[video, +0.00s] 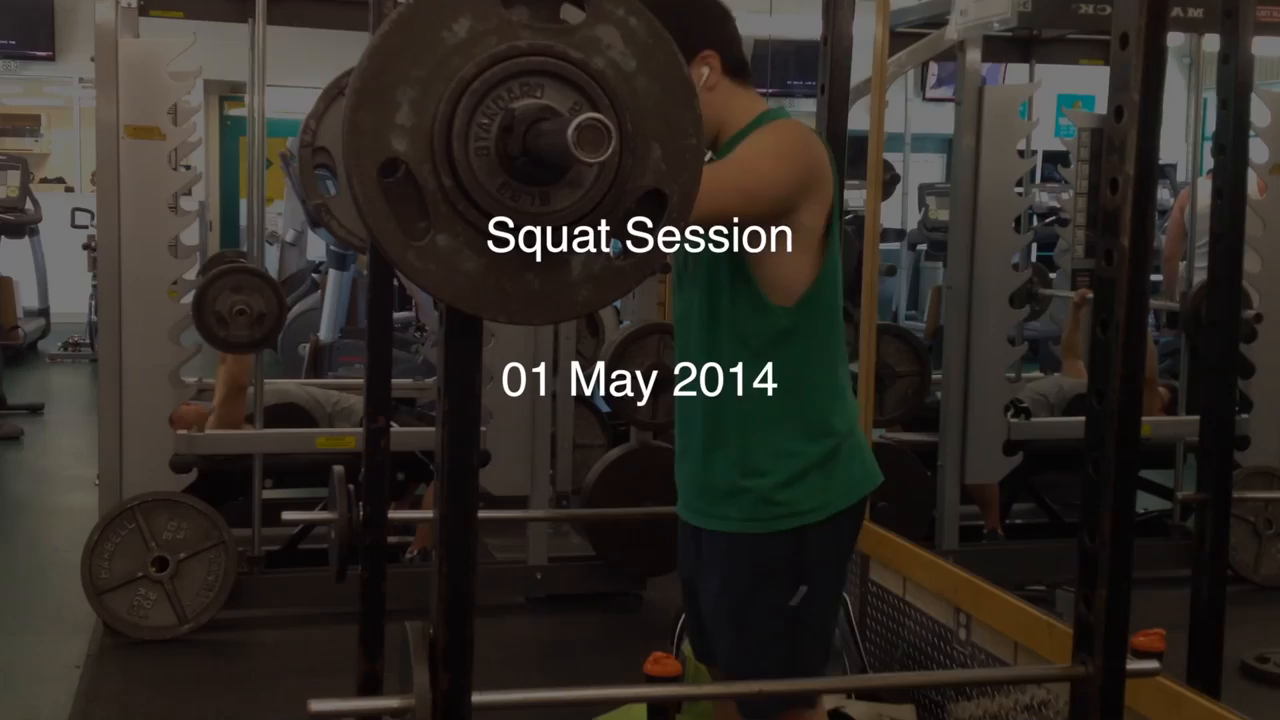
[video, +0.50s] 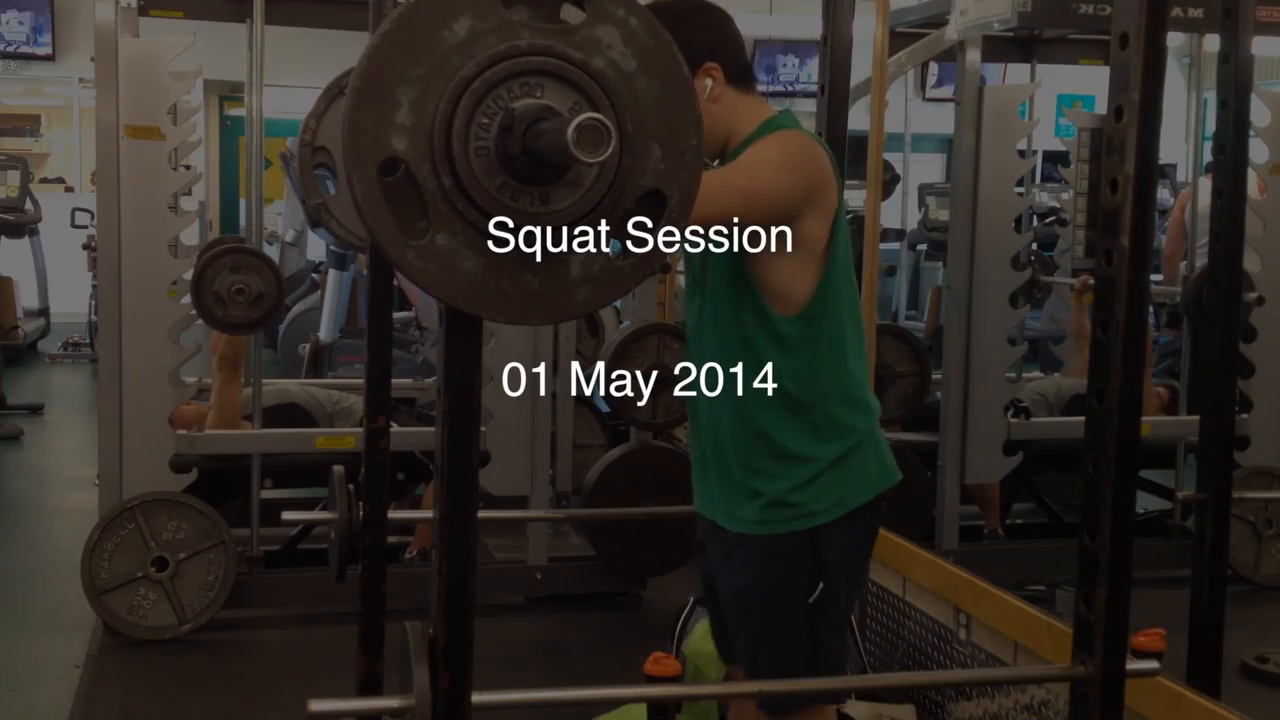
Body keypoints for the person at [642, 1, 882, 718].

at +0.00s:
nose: (658, 101)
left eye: (661, 82)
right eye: (652, 85)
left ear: (705, 68)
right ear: (707, 71)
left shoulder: (789, 147)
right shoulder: (713, 164)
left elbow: (649, 211)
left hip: (787, 498)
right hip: (720, 490)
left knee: (778, 699)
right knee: (731, 689)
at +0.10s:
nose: (668, 107)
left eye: (672, 85)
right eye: (663, 88)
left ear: (715, 70)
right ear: (716, 74)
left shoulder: (793, 150)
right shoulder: (716, 168)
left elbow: (657, 209)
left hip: (788, 508)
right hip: (718, 500)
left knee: (785, 701)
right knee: (724, 692)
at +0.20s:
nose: (673, 115)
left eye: (675, 92)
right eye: (666, 95)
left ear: (717, 73)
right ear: (718, 76)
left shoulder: (797, 153)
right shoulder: (719, 168)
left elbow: (659, 212)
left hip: (788, 502)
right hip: (718, 494)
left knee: (792, 699)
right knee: (728, 688)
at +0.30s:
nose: (668, 111)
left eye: (671, 90)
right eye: (664, 92)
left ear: (713, 75)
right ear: (715, 77)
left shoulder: (796, 151)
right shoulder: (718, 167)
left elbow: (658, 207)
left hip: (791, 498)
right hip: (721, 490)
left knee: (791, 697)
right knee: (732, 686)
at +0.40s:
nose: (667, 115)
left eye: (668, 94)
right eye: (662, 97)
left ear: (709, 83)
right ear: (711, 83)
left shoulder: (793, 159)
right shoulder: (724, 168)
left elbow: (645, 223)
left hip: (794, 503)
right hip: (732, 495)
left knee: (792, 700)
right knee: (741, 691)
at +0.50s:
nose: (664, 114)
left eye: (666, 92)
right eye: (658, 96)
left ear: (709, 81)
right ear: (712, 83)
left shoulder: (789, 157)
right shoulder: (724, 165)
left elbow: (644, 226)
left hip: (804, 498)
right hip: (741, 490)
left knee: (799, 698)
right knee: (746, 689)